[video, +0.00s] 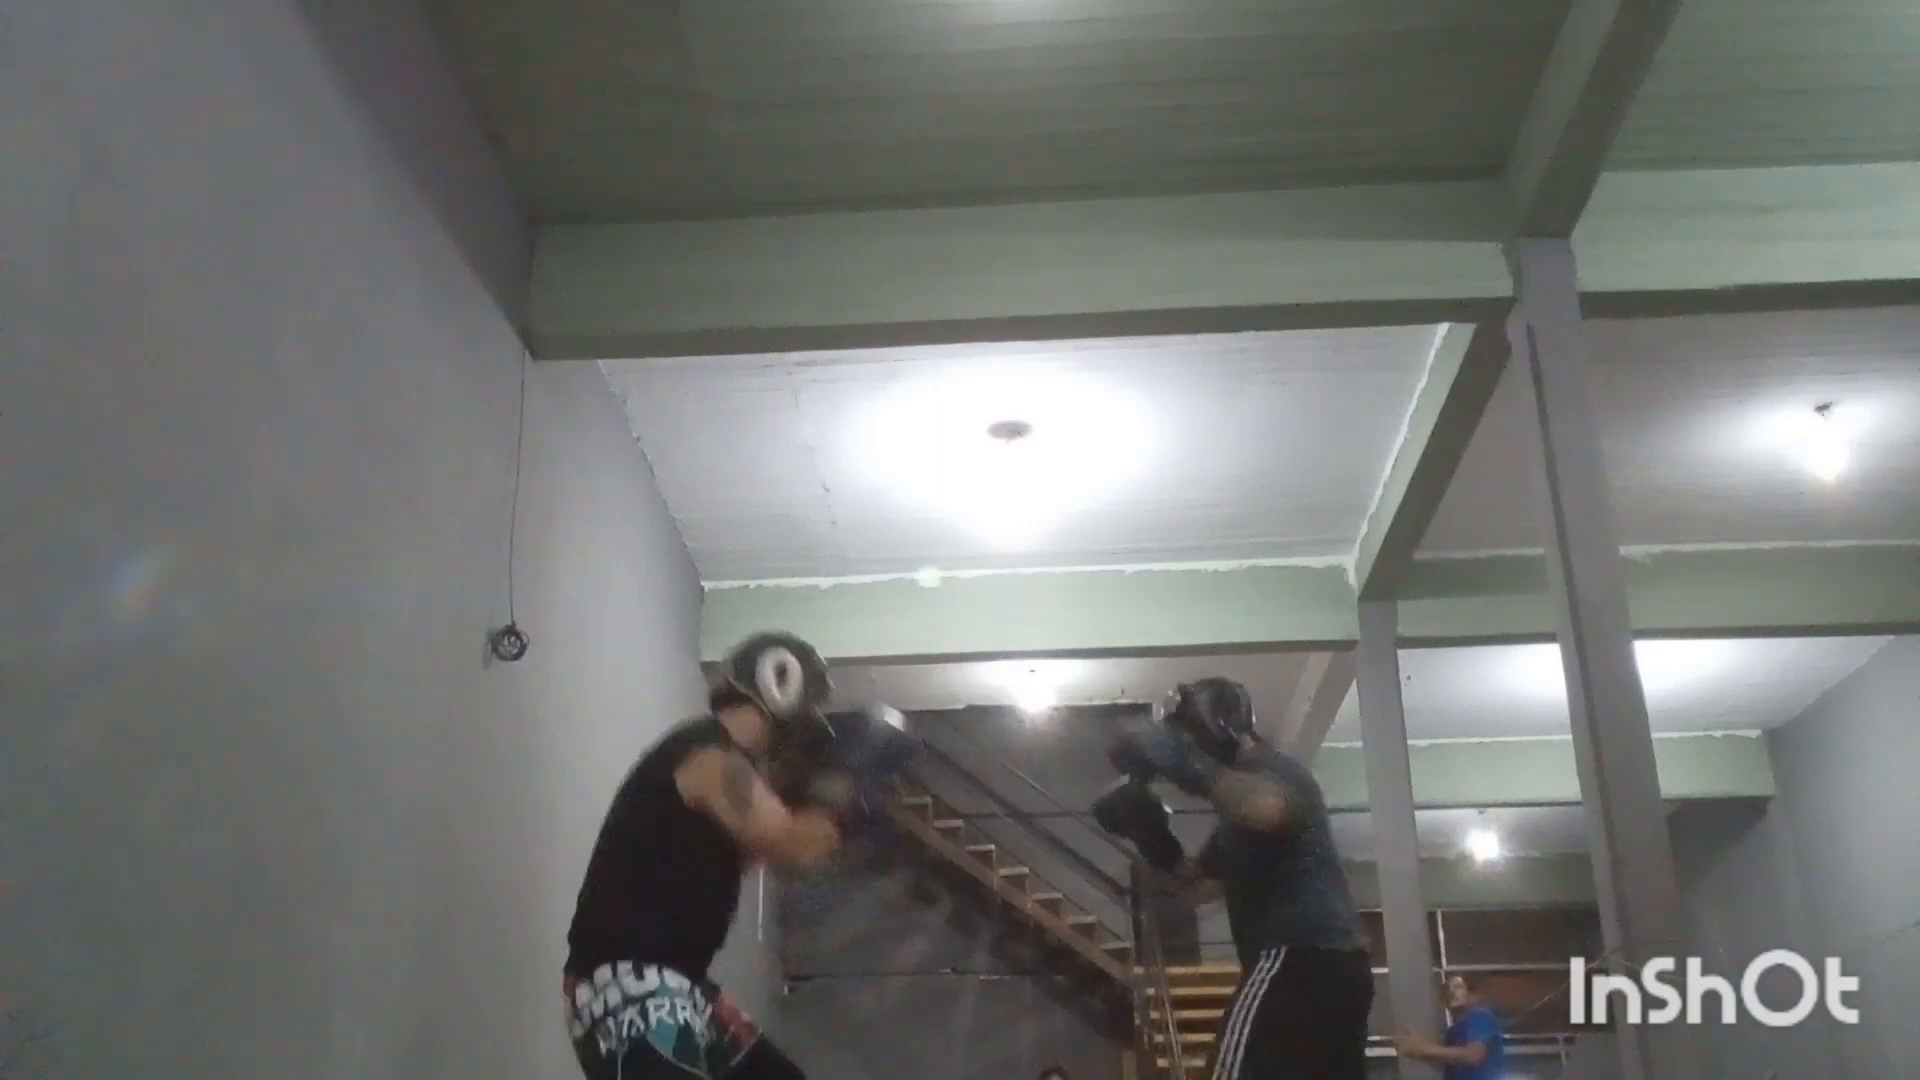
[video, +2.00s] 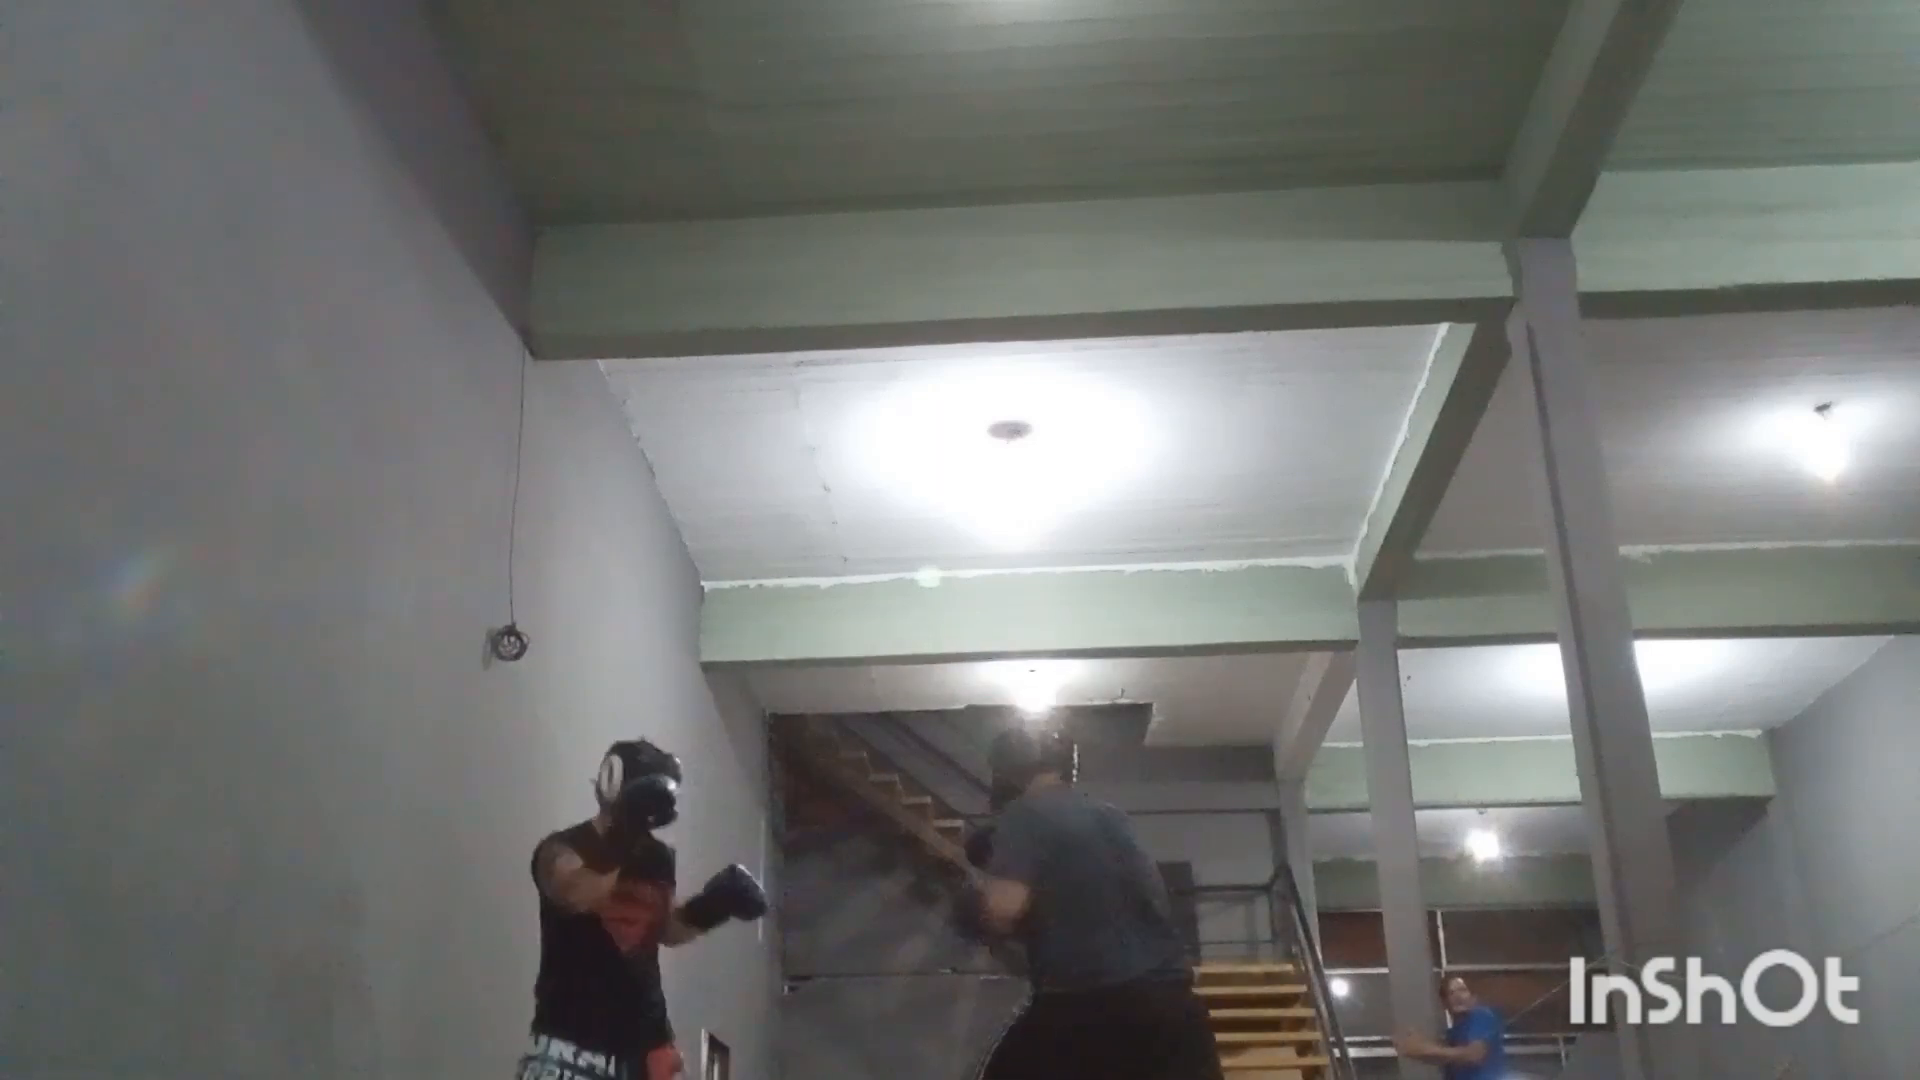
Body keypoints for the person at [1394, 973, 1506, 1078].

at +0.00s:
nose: (1452, 992)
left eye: (1458, 987)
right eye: (1448, 988)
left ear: (1470, 991)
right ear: (1444, 994)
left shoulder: (1480, 1017)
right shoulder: (1456, 1025)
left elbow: (1474, 1055)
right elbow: (1449, 1056)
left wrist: (1422, 1049)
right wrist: (1416, 1045)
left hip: (1480, 1075)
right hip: (1458, 1075)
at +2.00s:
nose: (1458, 997)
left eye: (1463, 990)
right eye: (1452, 993)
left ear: (1470, 995)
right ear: (1444, 1001)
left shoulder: (1481, 1017)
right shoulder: (1454, 1030)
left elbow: (1476, 1054)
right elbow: (1450, 1055)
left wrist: (1425, 1050)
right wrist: (1418, 1048)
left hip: (1485, 1075)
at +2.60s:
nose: (1457, 996)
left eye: (1462, 991)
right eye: (1451, 993)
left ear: (1471, 995)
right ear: (1444, 1001)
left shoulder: (1481, 1017)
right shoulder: (1454, 1030)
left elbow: (1476, 1056)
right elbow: (1446, 1054)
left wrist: (1425, 1050)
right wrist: (1418, 1046)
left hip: (1484, 1075)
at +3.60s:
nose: (1458, 995)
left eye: (1462, 990)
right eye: (1453, 992)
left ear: (1469, 993)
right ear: (1446, 998)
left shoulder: (1481, 1015)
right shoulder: (1457, 1022)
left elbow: (1477, 1053)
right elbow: (1452, 1052)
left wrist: (1427, 1049)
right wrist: (1421, 1045)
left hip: (1483, 1075)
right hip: (1461, 1075)